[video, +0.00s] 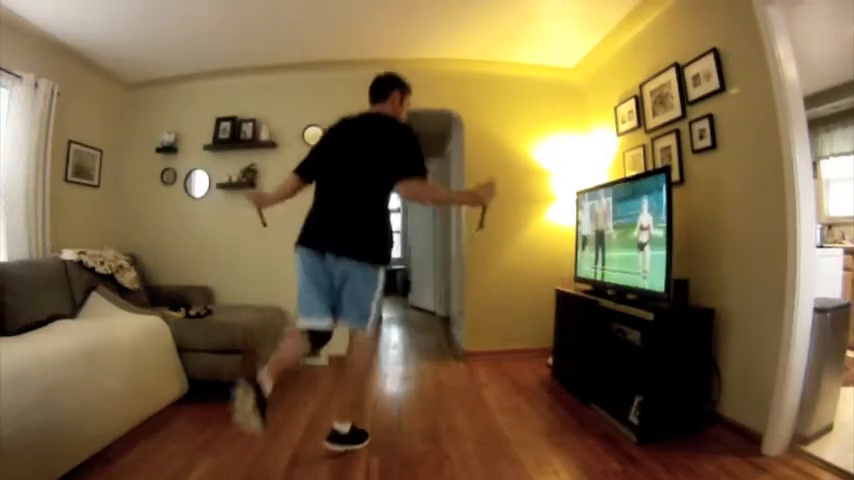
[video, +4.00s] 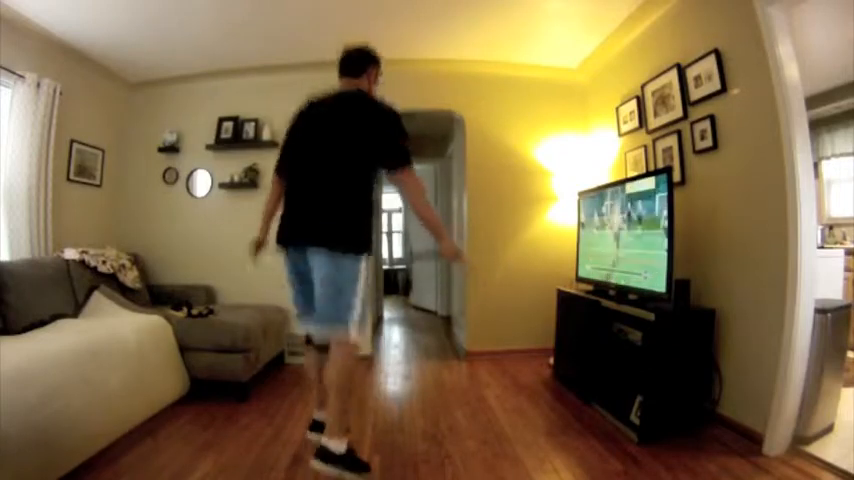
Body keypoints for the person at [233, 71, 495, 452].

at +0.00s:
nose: (406, 110)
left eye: (405, 104)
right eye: (406, 103)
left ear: (372, 99)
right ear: (396, 100)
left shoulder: (341, 128)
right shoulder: (400, 135)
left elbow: (301, 176)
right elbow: (411, 189)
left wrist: (269, 198)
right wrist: (470, 197)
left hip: (315, 240)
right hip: (361, 247)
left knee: (313, 327)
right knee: (361, 336)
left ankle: (262, 382)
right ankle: (344, 426)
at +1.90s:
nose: (388, 113)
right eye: (386, 105)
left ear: (349, 102)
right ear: (380, 100)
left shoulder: (320, 125)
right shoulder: (372, 103)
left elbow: (280, 164)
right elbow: (391, 148)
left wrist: (257, 208)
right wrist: (430, 191)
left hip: (299, 214)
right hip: (339, 213)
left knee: (325, 312)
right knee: (329, 316)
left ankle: (325, 396)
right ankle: (293, 419)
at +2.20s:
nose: (381, 106)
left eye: (380, 98)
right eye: (380, 98)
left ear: (341, 100)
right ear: (374, 98)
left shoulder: (315, 139)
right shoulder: (378, 138)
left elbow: (277, 192)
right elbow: (413, 200)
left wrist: (274, 211)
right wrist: (471, 213)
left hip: (301, 270)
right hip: (346, 273)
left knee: (330, 361)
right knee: (359, 376)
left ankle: (323, 435)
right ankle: (327, 463)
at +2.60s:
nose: (389, 68)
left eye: (386, 62)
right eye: (388, 62)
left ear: (351, 59)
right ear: (382, 59)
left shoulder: (322, 95)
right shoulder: (390, 93)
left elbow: (292, 162)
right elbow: (419, 154)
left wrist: (271, 212)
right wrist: (458, 202)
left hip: (311, 212)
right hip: (356, 211)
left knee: (337, 315)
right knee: (347, 314)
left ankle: (346, 410)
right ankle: (332, 417)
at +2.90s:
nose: (396, 97)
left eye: (391, 91)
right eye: (396, 91)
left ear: (358, 90)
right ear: (391, 90)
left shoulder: (332, 128)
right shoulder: (397, 129)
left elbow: (287, 174)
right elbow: (426, 187)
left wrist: (268, 200)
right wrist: (473, 205)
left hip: (319, 249)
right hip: (365, 252)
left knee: (343, 345)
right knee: (377, 354)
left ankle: (342, 425)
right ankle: (360, 453)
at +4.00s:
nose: (378, 84)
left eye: (376, 78)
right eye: (379, 78)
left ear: (340, 74)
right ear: (372, 76)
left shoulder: (309, 112)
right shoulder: (378, 116)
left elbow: (280, 178)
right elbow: (407, 182)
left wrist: (262, 229)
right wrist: (444, 238)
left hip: (296, 235)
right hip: (341, 238)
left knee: (316, 336)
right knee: (342, 340)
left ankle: (319, 416)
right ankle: (333, 443)